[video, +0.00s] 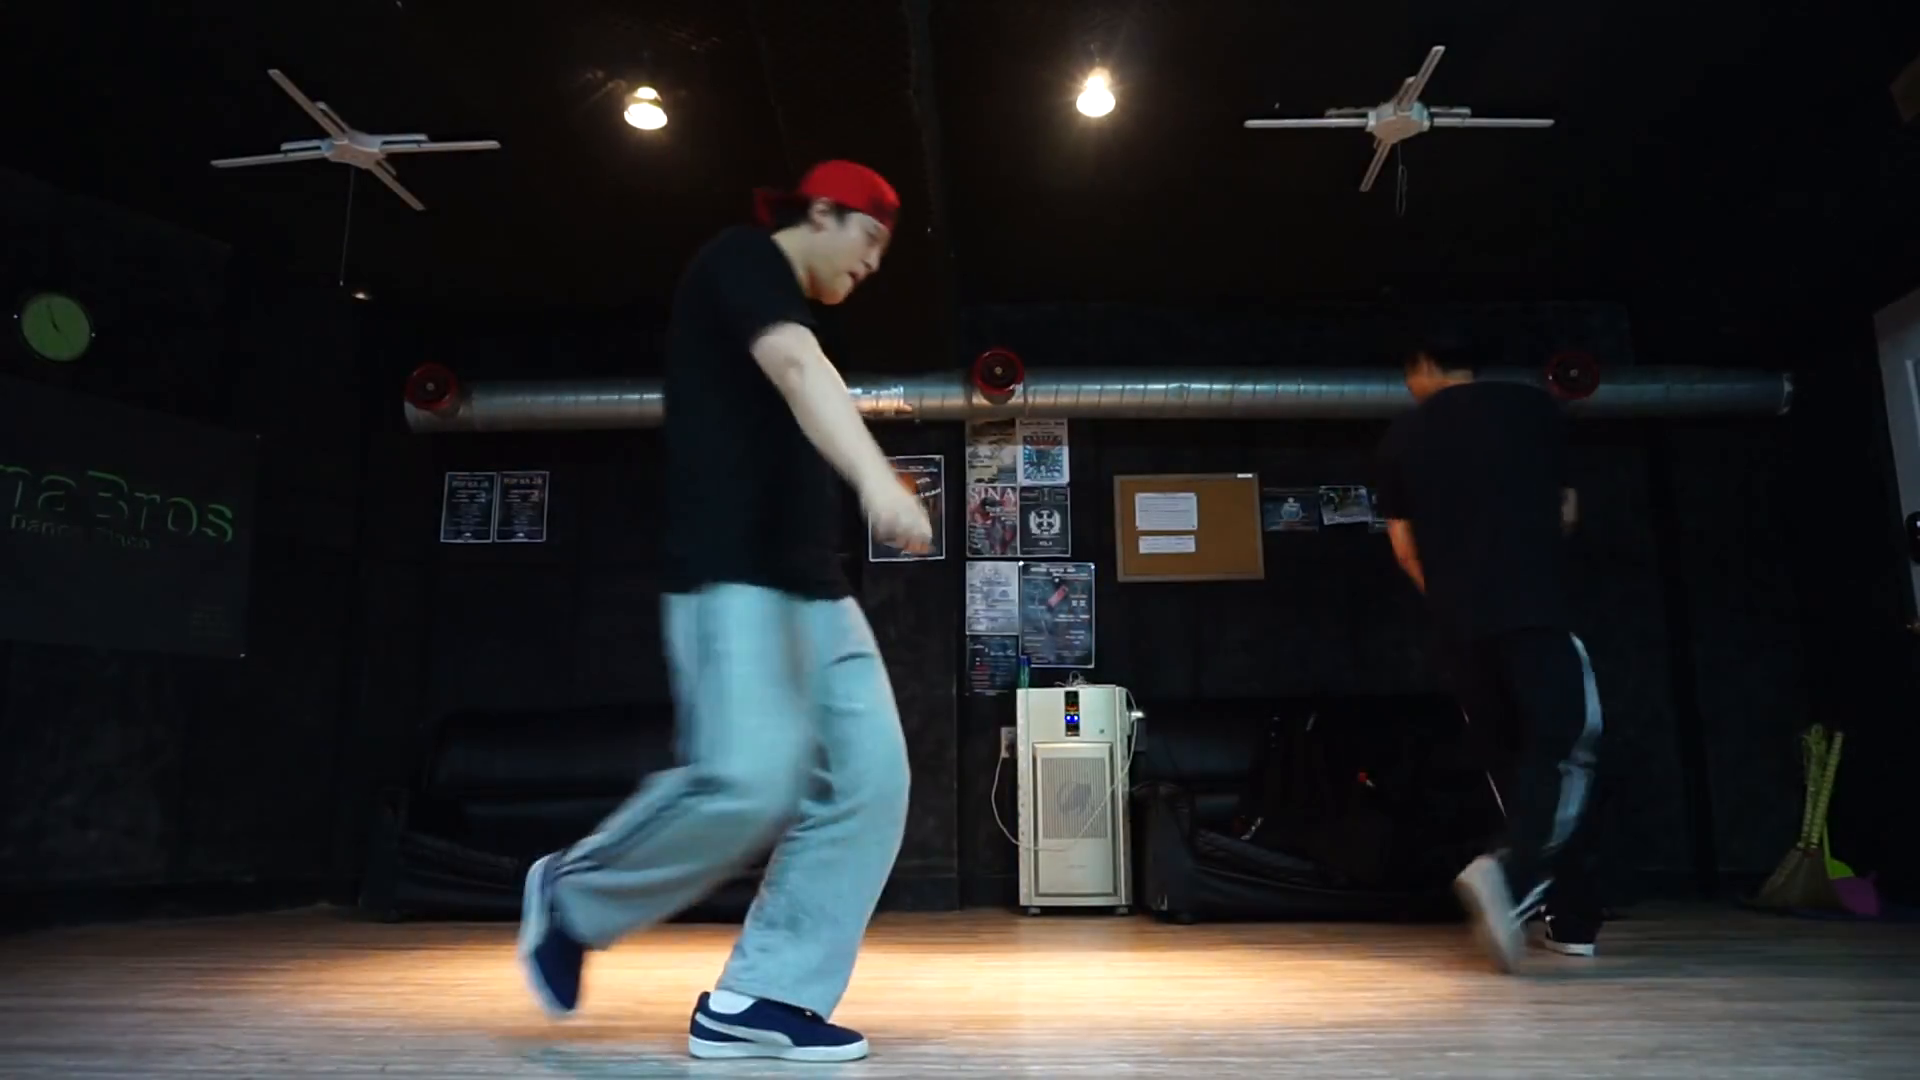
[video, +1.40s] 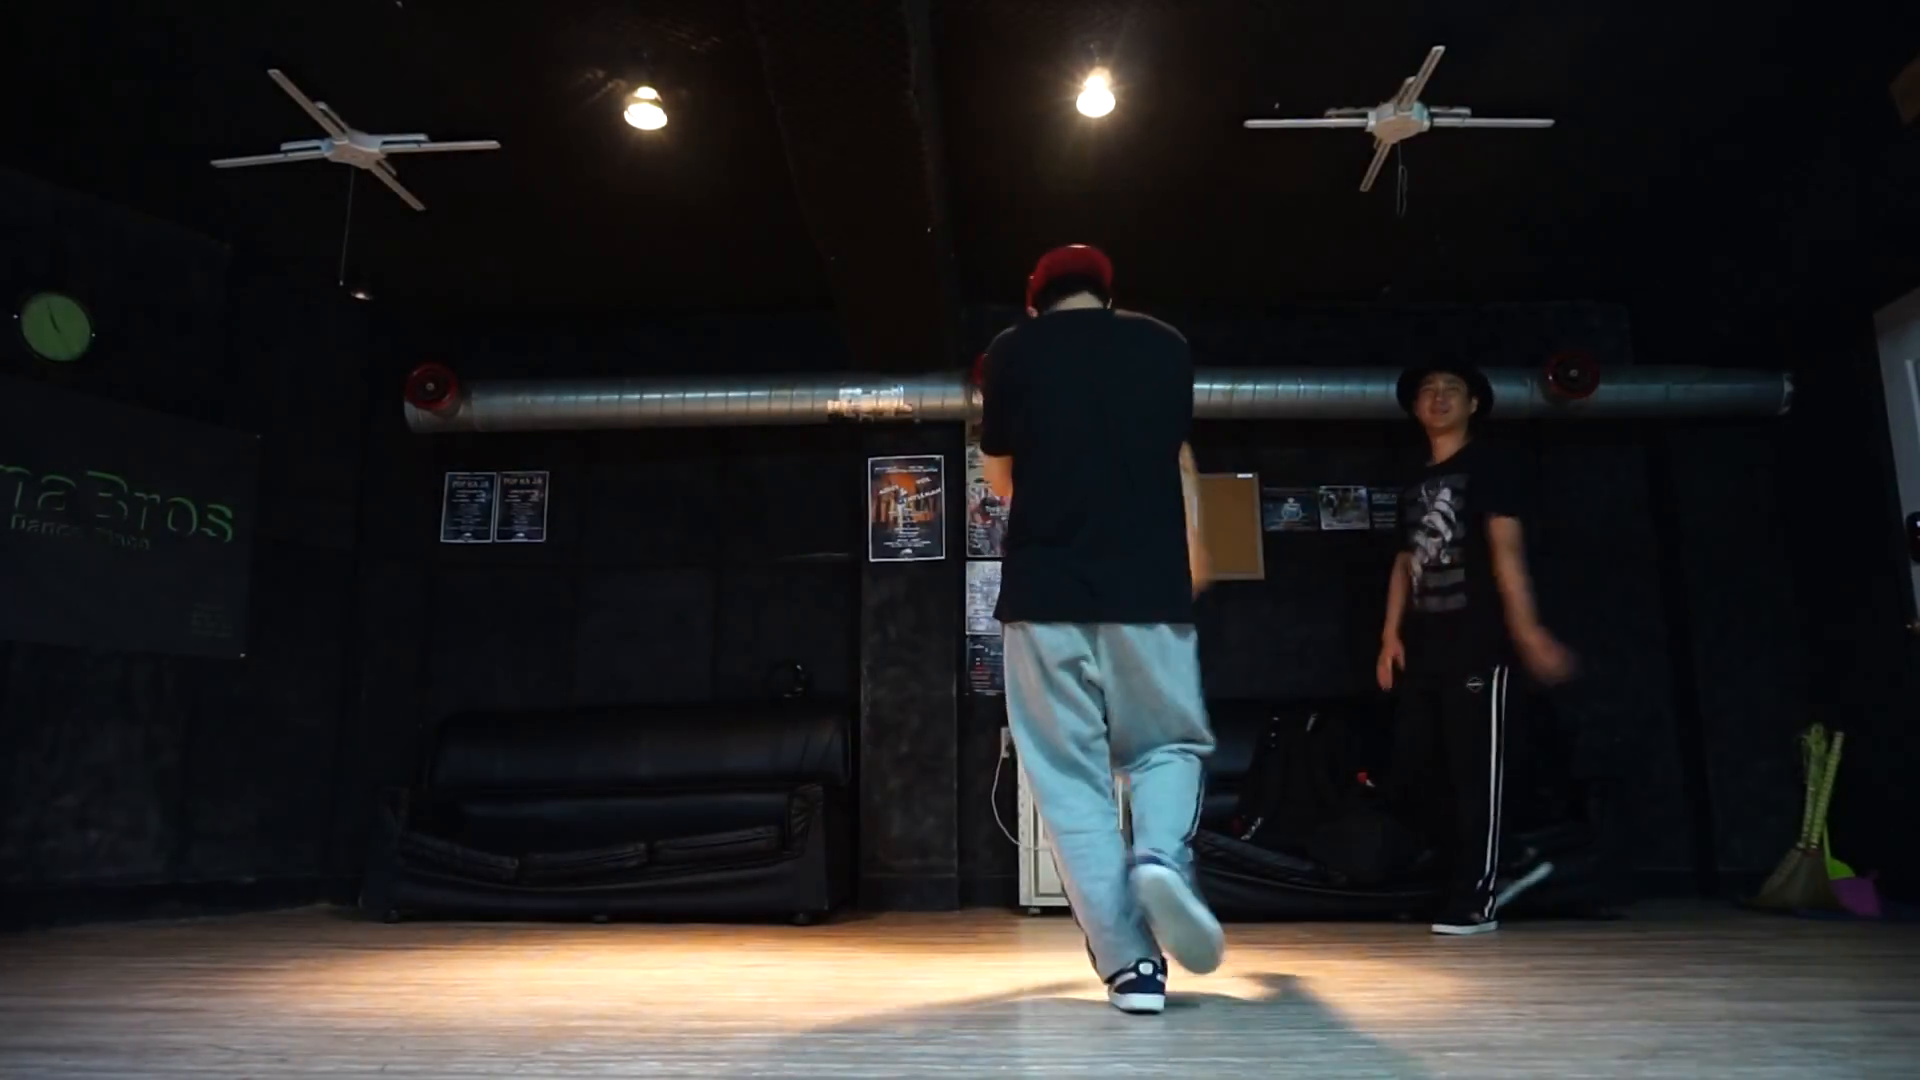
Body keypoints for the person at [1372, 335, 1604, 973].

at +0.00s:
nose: (1410, 386)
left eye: (1411, 375)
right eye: (1410, 374)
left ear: (1424, 369)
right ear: (1477, 361)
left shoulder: (1406, 436)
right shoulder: (1534, 409)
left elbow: (1405, 547)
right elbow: (1565, 513)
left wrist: (1449, 596)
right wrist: (1523, 560)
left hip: (1460, 617)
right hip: (1536, 609)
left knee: (1507, 762)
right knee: (1564, 746)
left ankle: (1570, 919)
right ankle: (1509, 875)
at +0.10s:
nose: (1419, 386)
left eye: (1421, 373)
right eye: (1419, 373)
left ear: (1439, 368)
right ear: (1483, 365)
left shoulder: (1417, 439)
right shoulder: (1544, 416)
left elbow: (1409, 544)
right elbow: (1586, 514)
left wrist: (1412, 637)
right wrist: (1585, 592)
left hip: (1470, 623)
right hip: (1550, 614)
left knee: (1506, 760)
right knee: (1602, 741)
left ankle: (1567, 914)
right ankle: (1574, 838)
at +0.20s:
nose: (1422, 383)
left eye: (1424, 369)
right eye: (1422, 371)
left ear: (1446, 361)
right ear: (1486, 363)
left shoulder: (1430, 429)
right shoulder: (1548, 415)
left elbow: (1404, 522)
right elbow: (1604, 506)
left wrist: (1382, 613)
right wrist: (1644, 595)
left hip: (1485, 621)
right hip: (1566, 613)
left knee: (1512, 767)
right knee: (1586, 731)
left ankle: (1570, 921)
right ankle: (1607, 840)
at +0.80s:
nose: (1438, 412)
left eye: (1447, 398)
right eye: (1435, 403)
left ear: (1485, 397)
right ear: (1483, 403)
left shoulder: (1482, 456)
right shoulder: (1526, 451)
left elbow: (1458, 532)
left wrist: (1408, 605)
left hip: (1502, 624)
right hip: (1544, 619)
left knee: (1476, 758)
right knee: (1542, 751)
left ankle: (1563, 869)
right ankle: (1563, 899)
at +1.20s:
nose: (1439, 409)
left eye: (1451, 399)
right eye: (1431, 403)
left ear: (1480, 408)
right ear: (1424, 417)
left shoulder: (1495, 466)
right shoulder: (1442, 480)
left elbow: (1458, 549)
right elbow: (1431, 551)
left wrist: (1378, 580)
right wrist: (1376, 574)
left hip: (1499, 640)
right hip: (1468, 641)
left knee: (1483, 770)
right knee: (1513, 767)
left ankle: (1477, 901)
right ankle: (1551, 890)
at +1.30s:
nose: (1439, 406)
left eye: (1451, 397)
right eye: (1430, 399)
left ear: (1476, 407)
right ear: (1420, 414)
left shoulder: (1495, 466)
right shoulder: (1431, 483)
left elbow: (1476, 551)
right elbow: (1414, 551)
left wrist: (1441, 627)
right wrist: (1389, 600)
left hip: (1493, 635)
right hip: (1450, 633)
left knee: (1482, 766)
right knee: (1463, 763)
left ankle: (1479, 900)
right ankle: (1537, 867)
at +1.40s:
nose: (1439, 400)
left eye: (1451, 391)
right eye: (1429, 393)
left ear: (1473, 405)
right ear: (1415, 408)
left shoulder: (1493, 467)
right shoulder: (1420, 483)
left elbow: (1508, 554)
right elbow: (1405, 564)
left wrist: (1528, 632)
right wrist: (1391, 632)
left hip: (1481, 636)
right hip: (1426, 640)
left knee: (1479, 766)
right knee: (1429, 762)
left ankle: (1475, 900)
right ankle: (1512, 857)